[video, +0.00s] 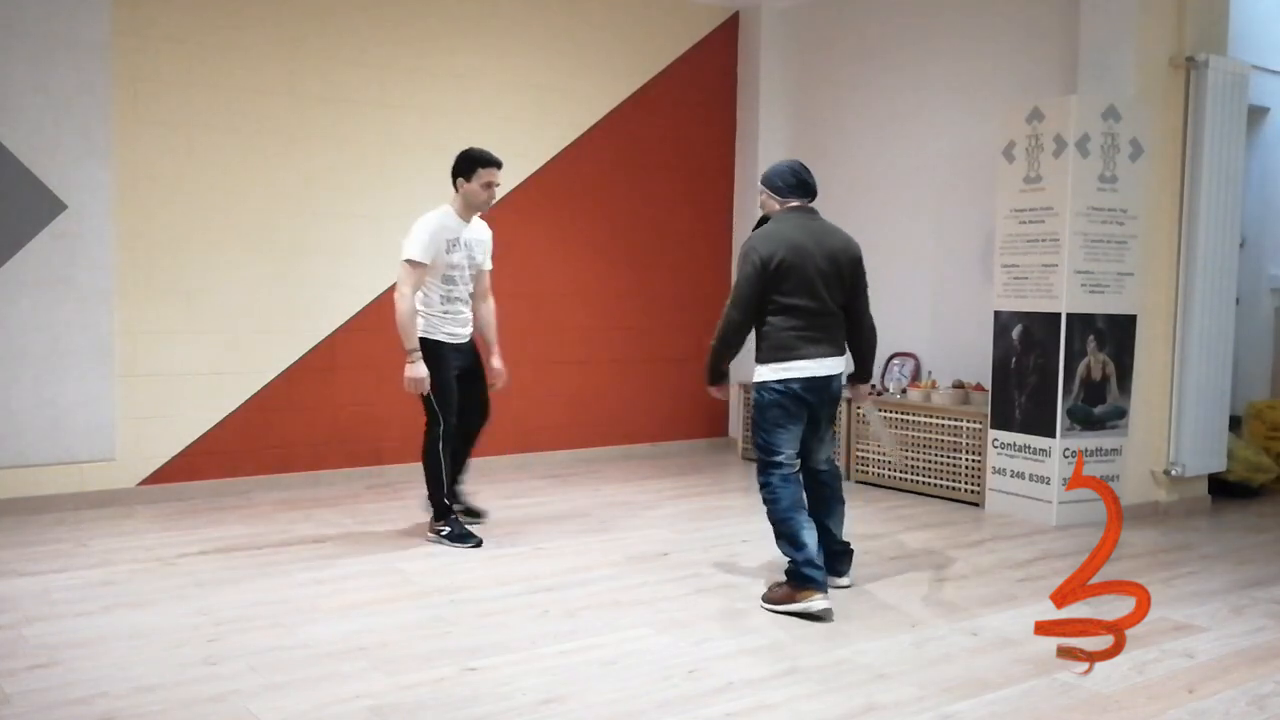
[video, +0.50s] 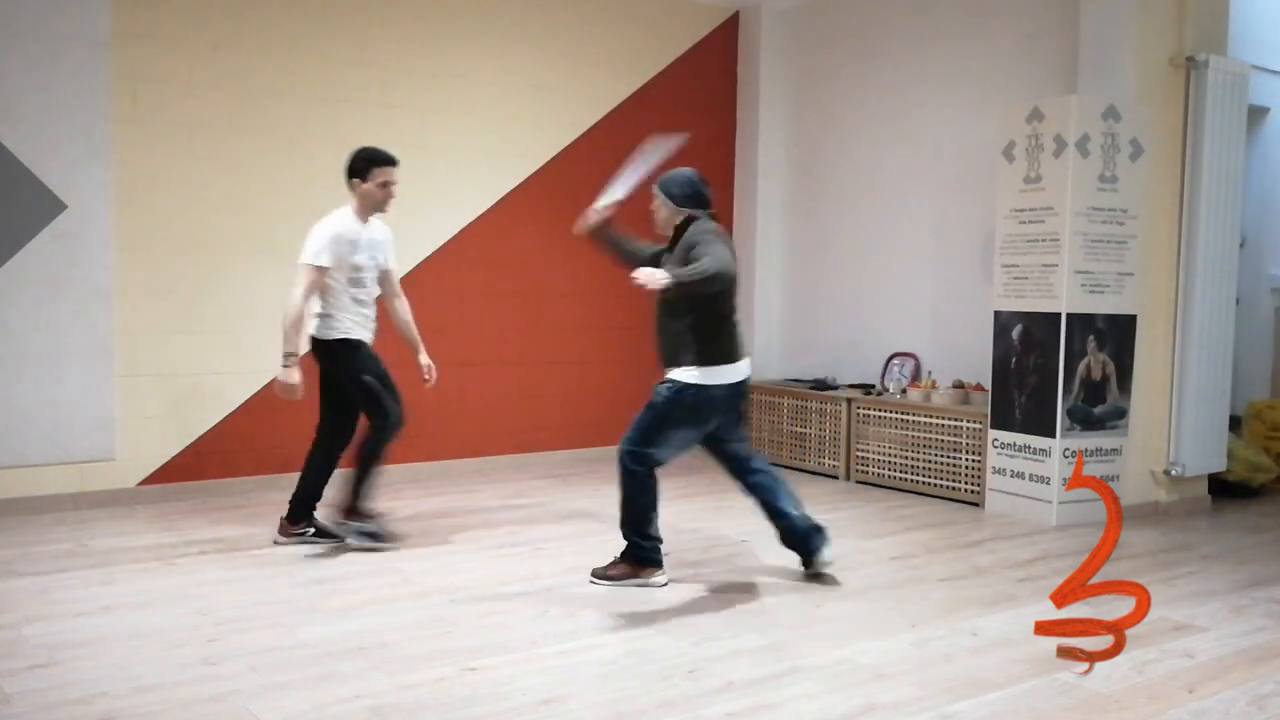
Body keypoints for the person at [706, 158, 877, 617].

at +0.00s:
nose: (760, 204)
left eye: (762, 197)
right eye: (761, 196)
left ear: (772, 199)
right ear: (808, 197)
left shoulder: (763, 243)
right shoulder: (842, 242)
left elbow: (738, 316)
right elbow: (859, 318)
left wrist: (716, 369)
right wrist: (863, 372)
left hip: (781, 377)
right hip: (830, 374)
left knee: (779, 473)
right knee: (819, 462)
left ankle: (807, 580)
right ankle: (835, 558)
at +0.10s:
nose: (752, 207)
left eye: (755, 200)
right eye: (753, 200)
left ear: (768, 204)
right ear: (798, 204)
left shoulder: (758, 246)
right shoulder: (833, 248)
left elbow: (722, 317)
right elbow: (853, 317)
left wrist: (678, 375)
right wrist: (859, 359)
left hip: (775, 383)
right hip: (821, 381)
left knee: (771, 476)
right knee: (814, 467)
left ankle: (807, 580)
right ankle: (834, 559)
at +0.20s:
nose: (733, 211)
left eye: (737, 204)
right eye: (735, 203)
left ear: (753, 208)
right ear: (781, 207)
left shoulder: (747, 243)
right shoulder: (815, 248)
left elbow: (718, 301)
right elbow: (840, 316)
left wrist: (671, 353)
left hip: (764, 384)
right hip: (810, 380)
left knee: (740, 476)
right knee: (804, 465)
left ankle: (791, 560)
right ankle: (834, 561)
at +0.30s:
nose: (705, 208)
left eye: (710, 201)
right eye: (707, 200)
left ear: (729, 204)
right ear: (750, 203)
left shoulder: (734, 231)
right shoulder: (782, 238)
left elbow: (731, 267)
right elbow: (802, 287)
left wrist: (707, 303)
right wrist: (800, 254)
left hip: (750, 377)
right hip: (791, 374)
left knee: (699, 462)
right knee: (790, 461)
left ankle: (735, 563)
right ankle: (831, 556)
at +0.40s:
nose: (677, 206)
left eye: (682, 198)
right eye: (678, 198)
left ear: (702, 201)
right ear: (718, 199)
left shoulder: (716, 225)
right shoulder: (737, 228)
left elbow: (732, 254)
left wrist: (708, 276)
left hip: (731, 377)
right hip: (763, 375)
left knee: (665, 450)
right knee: (783, 466)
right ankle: (829, 559)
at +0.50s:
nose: (652, 210)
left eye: (657, 202)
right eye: (653, 201)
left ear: (677, 206)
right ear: (685, 205)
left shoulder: (704, 235)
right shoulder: (687, 242)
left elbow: (719, 268)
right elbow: (643, 258)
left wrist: (670, 277)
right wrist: (600, 231)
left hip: (697, 382)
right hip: (724, 379)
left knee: (635, 455)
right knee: (746, 463)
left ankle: (641, 557)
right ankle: (810, 543)